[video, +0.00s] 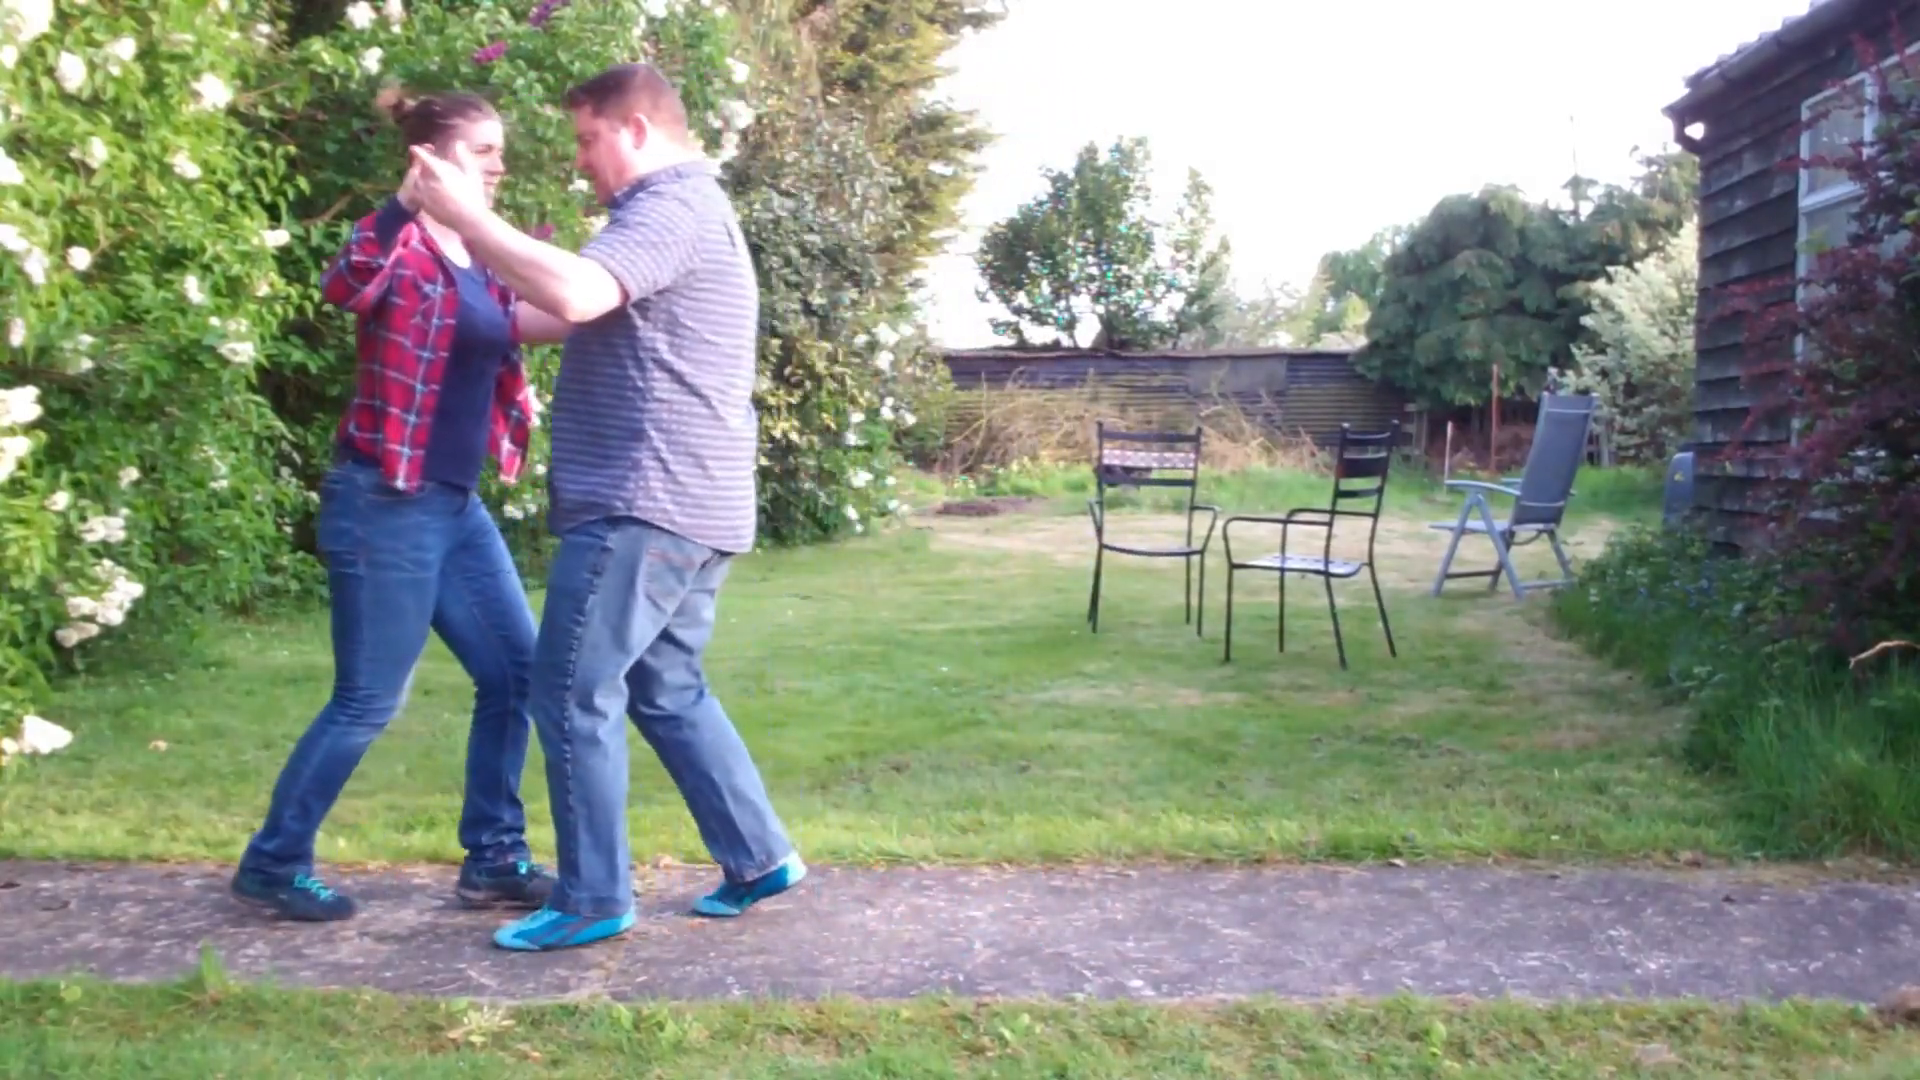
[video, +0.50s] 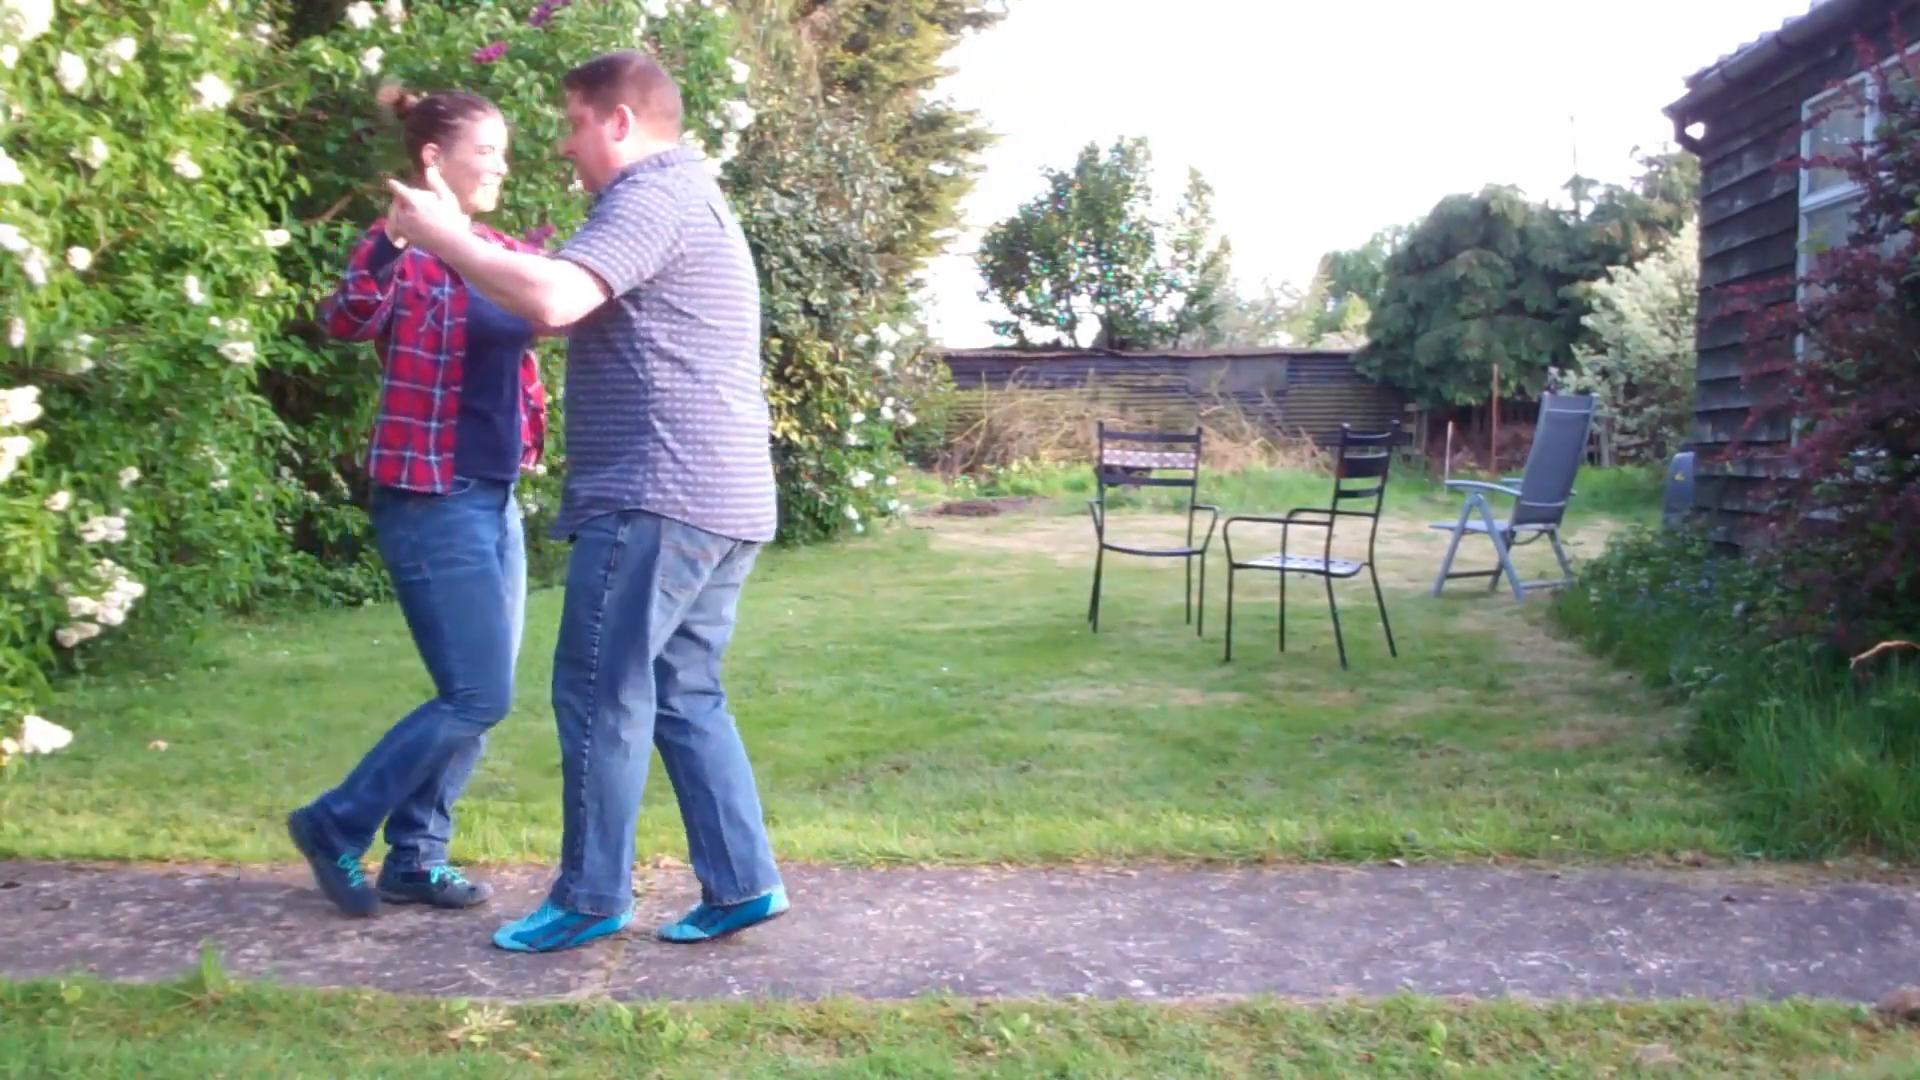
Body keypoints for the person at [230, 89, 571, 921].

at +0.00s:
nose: (497, 170)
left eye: (500, 155)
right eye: (482, 154)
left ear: (492, 163)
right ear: (428, 160)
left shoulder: (485, 259)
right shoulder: (395, 241)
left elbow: (528, 323)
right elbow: (347, 290)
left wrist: (564, 270)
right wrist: (403, 207)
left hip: (457, 505)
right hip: (384, 503)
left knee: (516, 668)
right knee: (368, 702)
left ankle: (494, 855)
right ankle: (272, 863)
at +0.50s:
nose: (499, 168)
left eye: (503, 155)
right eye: (486, 154)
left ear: (492, 166)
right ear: (434, 157)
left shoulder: (500, 251)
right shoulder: (401, 249)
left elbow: (539, 319)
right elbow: (341, 325)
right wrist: (386, 240)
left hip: (494, 494)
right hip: (429, 497)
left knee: (483, 694)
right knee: (477, 695)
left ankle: (416, 855)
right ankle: (332, 826)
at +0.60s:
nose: (515, 166)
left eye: (518, 152)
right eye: (503, 151)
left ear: (505, 159)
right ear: (450, 153)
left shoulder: (519, 248)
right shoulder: (414, 242)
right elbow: (358, 322)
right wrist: (402, 238)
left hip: (503, 492)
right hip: (445, 494)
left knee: (467, 686)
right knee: (526, 678)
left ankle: (413, 852)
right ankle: (404, 835)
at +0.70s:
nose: (532, 163)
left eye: (534, 149)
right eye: (520, 148)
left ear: (506, 155)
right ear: (466, 150)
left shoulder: (526, 241)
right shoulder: (434, 242)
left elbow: (589, 290)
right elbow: (369, 318)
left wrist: (590, 246)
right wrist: (404, 234)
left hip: (511, 489)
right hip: (462, 492)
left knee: (469, 688)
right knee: (553, 668)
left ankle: (412, 855)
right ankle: (502, 861)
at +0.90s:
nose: (574, 163)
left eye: (577, 149)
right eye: (561, 147)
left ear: (530, 153)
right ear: (510, 147)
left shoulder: (564, 239)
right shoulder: (471, 238)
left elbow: (616, 328)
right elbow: (398, 312)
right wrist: (419, 225)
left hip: (530, 487)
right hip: (517, 489)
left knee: (498, 685)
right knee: (584, 683)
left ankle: (421, 846)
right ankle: (558, 880)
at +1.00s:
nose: (599, 158)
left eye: (601, 144)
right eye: (587, 142)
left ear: (550, 146)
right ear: (533, 142)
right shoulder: (493, 231)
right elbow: (419, 316)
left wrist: (654, 443)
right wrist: (434, 233)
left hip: (561, 478)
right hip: (545, 482)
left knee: (565, 682)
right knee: (584, 687)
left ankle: (452, 824)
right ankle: (557, 878)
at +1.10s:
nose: (630, 161)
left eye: (633, 146)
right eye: (619, 144)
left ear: (586, 151)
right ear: (562, 145)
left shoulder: (622, 239)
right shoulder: (511, 230)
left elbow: (671, 331)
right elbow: (442, 330)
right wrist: (456, 248)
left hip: (609, 484)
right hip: (555, 487)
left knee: (655, 674)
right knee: (592, 690)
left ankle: (514, 802)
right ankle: (555, 880)